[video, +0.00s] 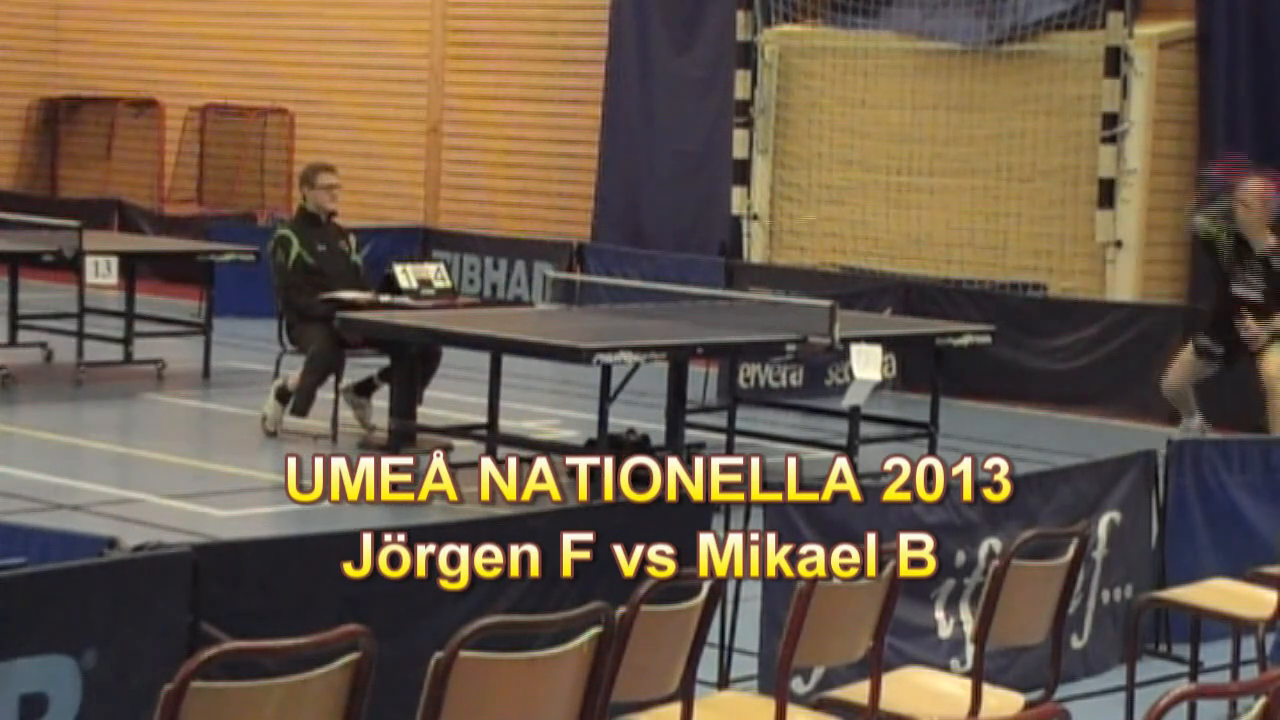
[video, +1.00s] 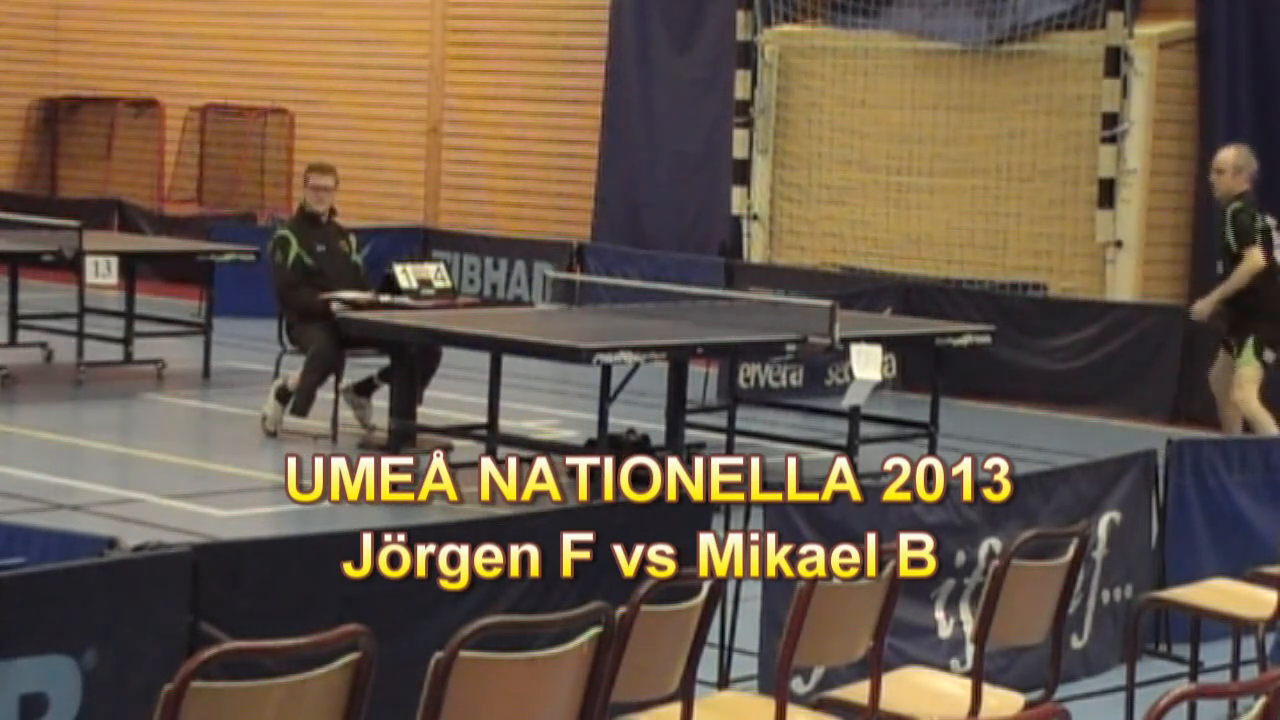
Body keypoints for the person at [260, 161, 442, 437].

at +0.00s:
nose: (335, 194)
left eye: (337, 188)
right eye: (327, 188)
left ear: (340, 191)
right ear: (306, 192)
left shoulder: (343, 235)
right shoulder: (289, 237)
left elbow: (357, 282)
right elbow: (293, 297)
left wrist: (369, 301)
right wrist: (340, 307)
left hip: (352, 318)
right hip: (310, 319)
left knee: (425, 351)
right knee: (328, 353)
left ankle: (362, 391)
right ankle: (284, 392)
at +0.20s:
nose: (330, 193)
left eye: (333, 187)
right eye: (322, 188)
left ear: (337, 190)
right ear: (304, 192)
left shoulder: (344, 236)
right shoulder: (289, 235)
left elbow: (359, 282)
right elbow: (293, 295)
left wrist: (367, 301)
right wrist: (339, 305)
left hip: (352, 318)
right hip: (311, 319)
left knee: (425, 351)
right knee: (328, 353)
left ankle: (362, 390)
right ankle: (284, 393)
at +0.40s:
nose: (313, 192)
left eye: (320, 187)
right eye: (307, 186)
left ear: (330, 191)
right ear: (298, 190)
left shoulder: (343, 235)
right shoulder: (287, 236)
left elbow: (358, 281)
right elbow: (291, 295)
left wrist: (367, 302)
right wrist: (336, 309)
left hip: (351, 318)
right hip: (309, 319)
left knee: (425, 351)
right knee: (328, 353)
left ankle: (362, 391)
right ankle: (285, 392)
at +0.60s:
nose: (311, 193)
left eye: (318, 187)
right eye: (306, 187)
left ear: (330, 191)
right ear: (298, 190)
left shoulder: (343, 235)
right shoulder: (287, 236)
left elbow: (359, 281)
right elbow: (291, 294)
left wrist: (367, 302)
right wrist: (336, 309)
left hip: (351, 318)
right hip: (309, 319)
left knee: (425, 351)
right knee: (328, 353)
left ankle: (362, 391)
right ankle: (285, 392)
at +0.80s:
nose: (312, 193)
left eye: (319, 187)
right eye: (306, 187)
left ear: (330, 191)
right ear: (298, 190)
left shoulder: (343, 235)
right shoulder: (287, 235)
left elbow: (358, 281)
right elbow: (291, 294)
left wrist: (367, 302)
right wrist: (336, 309)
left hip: (351, 318)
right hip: (309, 319)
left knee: (425, 351)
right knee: (328, 353)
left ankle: (362, 391)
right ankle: (285, 392)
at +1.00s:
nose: (319, 195)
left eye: (326, 190)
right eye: (314, 189)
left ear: (335, 193)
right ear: (303, 189)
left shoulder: (343, 235)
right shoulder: (288, 235)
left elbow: (358, 281)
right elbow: (289, 294)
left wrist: (367, 301)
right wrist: (328, 303)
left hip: (351, 319)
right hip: (309, 320)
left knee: (425, 351)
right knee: (327, 354)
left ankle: (362, 391)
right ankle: (284, 392)